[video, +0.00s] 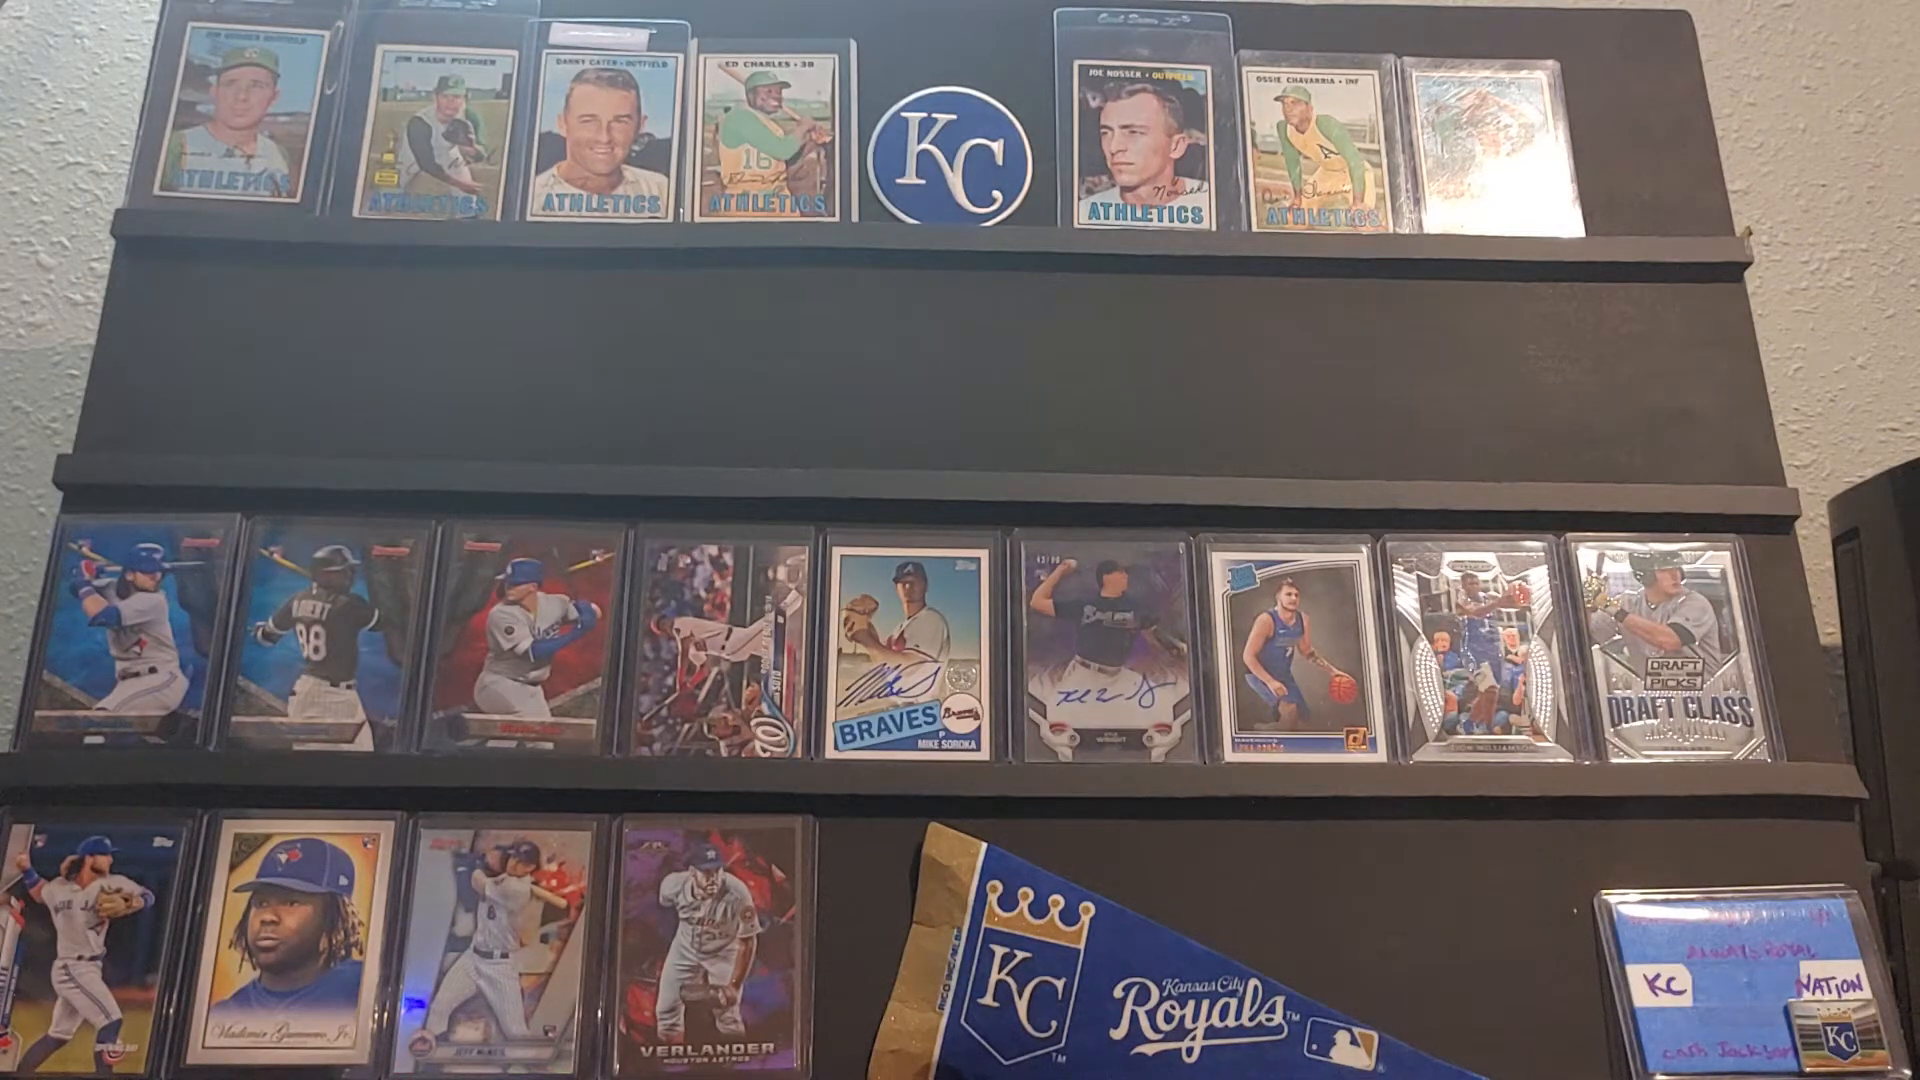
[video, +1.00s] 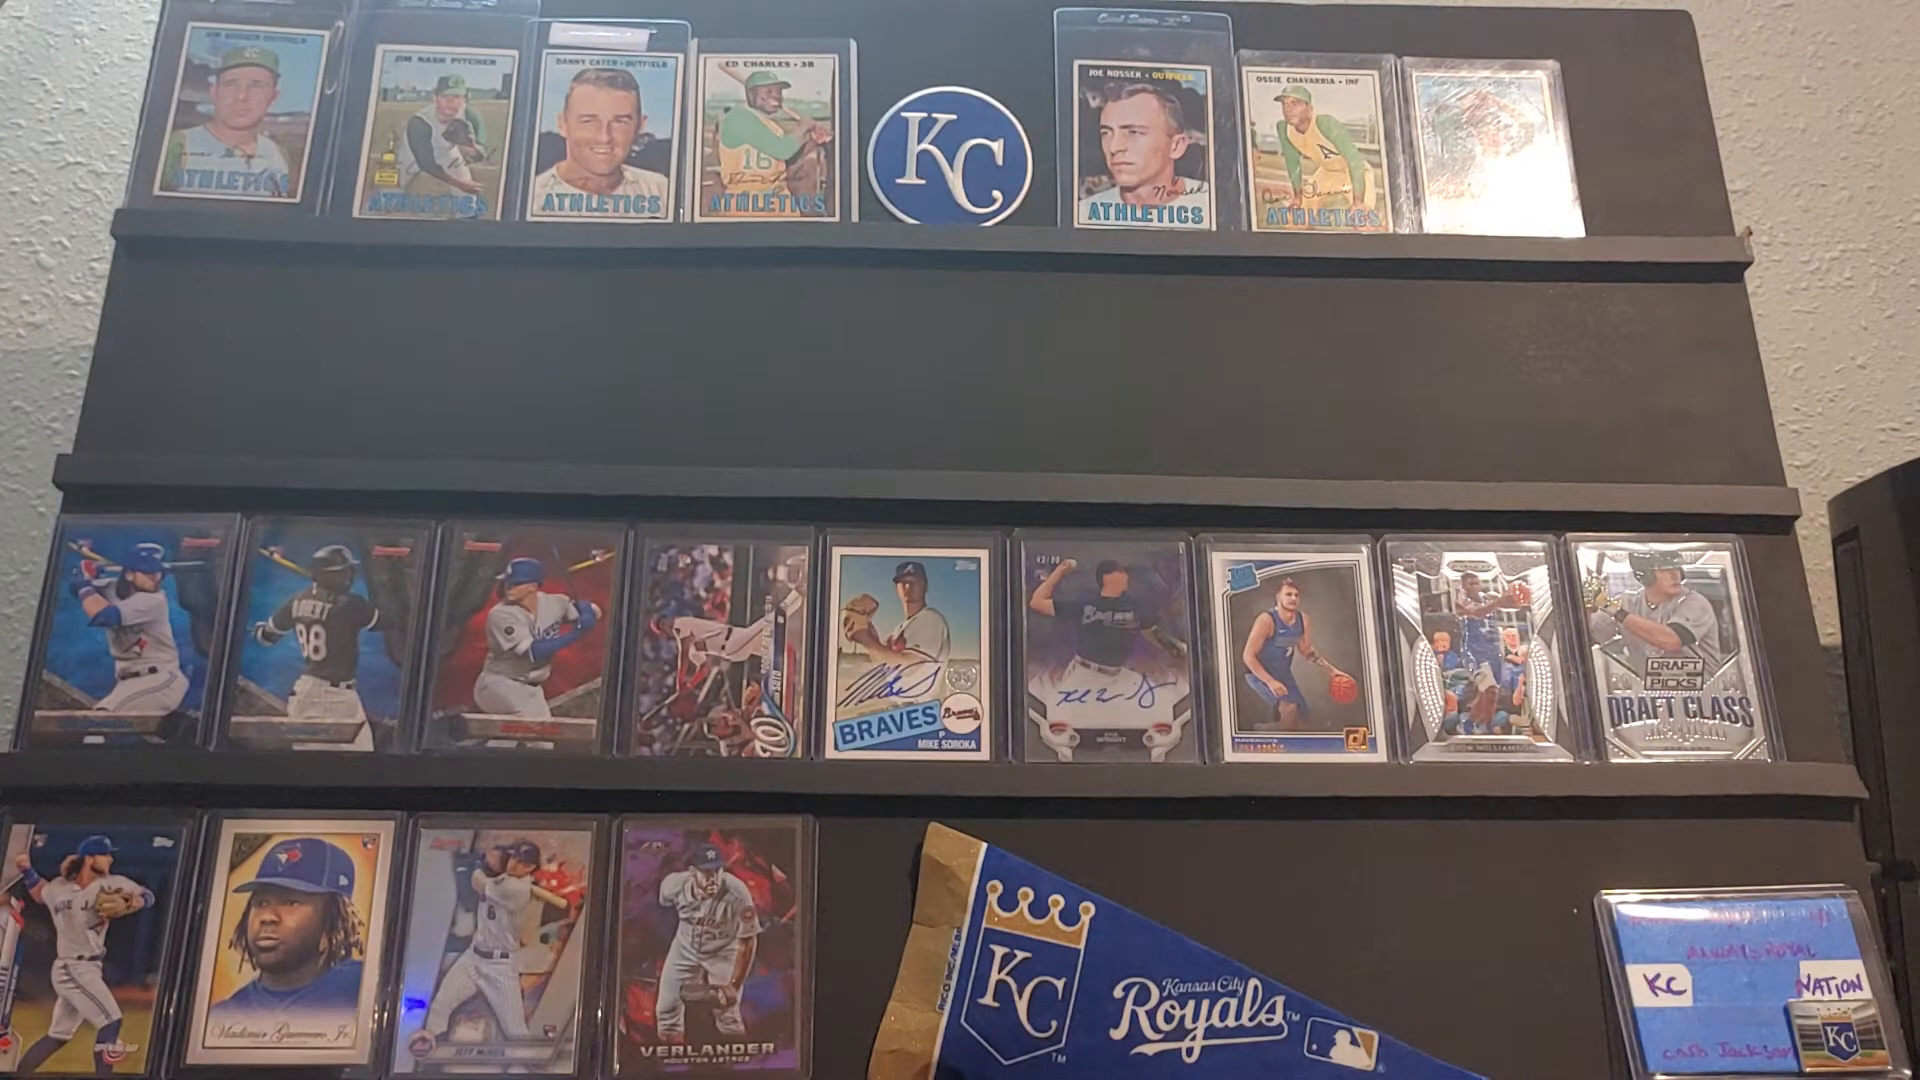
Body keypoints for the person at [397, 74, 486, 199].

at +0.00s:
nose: (451, 102)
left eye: (457, 97)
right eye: (445, 96)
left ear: (464, 100)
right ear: (436, 97)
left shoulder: (467, 117)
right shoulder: (419, 123)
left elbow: (481, 154)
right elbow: (428, 166)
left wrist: (469, 150)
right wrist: (462, 185)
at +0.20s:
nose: (451, 101)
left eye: (456, 97)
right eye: (445, 96)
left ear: (464, 100)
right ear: (436, 98)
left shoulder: (469, 117)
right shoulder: (419, 123)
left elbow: (481, 153)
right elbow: (427, 165)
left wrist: (467, 148)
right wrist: (462, 185)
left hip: (454, 165)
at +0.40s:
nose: (451, 101)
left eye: (456, 97)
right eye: (445, 96)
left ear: (464, 100)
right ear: (436, 98)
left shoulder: (469, 116)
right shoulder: (419, 123)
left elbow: (481, 152)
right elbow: (427, 165)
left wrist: (471, 151)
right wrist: (461, 185)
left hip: (454, 164)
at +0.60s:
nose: (451, 101)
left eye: (456, 97)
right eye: (445, 96)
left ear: (464, 100)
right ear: (436, 98)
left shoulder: (470, 117)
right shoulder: (419, 123)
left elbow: (480, 153)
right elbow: (427, 166)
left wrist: (469, 149)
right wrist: (462, 185)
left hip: (455, 166)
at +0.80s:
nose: (451, 101)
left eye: (456, 97)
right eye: (445, 96)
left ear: (464, 100)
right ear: (436, 98)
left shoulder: (470, 117)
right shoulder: (419, 123)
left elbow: (481, 153)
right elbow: (427, 166)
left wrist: (470, 150)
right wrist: (462, 185)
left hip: (455, 165)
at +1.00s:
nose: (451, 101)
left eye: (456, 97)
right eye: (445, 96)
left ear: (464, 100)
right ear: (435, 98)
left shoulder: (469, 117)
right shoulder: (419, 123)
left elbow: (480, 153)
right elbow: (427, 166)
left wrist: (471, 151)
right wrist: (462, 186)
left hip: (455, 166)